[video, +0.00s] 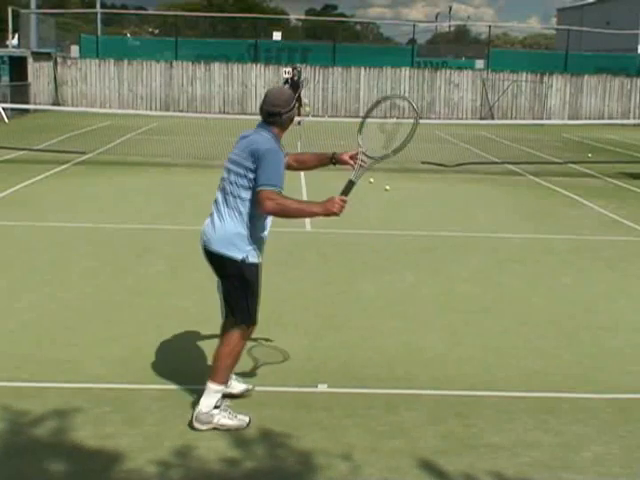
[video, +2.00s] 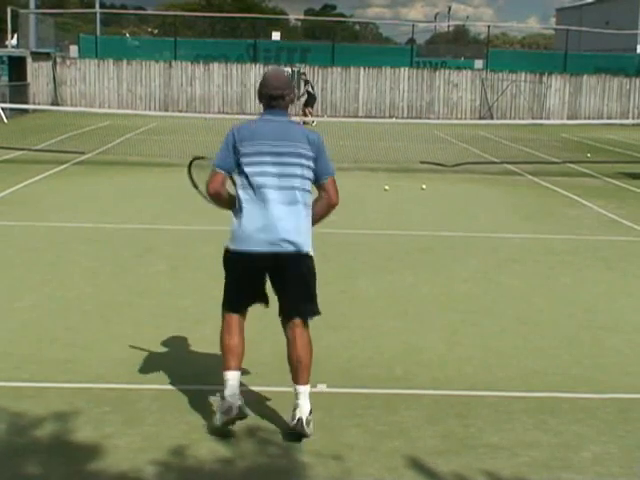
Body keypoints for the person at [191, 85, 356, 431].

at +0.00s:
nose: (298, 115)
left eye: (296, 109)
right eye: (297, 110)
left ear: (264, 112)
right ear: (291, 116)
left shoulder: (251, 139)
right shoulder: (269, 149)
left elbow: (291, 161)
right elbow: (268, 203)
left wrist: (335, 158)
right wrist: (321, 207)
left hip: (218, 239)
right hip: (237, 248)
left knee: (236, 317)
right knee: (242, 325)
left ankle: (221, 377)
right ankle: (207, 407)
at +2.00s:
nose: (286, 100)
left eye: (269, 94)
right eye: (289, 95)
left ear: (259, 98)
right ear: (291, 99)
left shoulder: (239, 134)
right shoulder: (310, 138)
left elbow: (215, 188)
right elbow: (330, 198)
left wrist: (239, 205)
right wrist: (300, 223)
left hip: (247, 245)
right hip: (293, 246)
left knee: (234, 313)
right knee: (296, 321)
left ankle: (231, 396)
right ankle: (302, 410)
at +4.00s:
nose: (211, 98)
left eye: (212, 94)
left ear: (214, 101)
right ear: (245, 99)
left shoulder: (199, 141)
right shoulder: (260, 129)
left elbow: (179, 203)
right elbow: (238, 126)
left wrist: (169, 227)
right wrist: (218, 111)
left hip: (211, 246)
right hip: (256, 242)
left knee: (204, 317)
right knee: (262, 322)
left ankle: (197, 396)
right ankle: (266, 403)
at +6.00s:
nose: (247, 120)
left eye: (245, 115)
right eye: (247, 115)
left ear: (216, 112)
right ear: (244, 118)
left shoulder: (195, 139)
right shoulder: (232, 151)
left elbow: (213, 185)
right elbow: (230, 206)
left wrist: (258, 191)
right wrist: (256, 229)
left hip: (164, 233)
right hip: (198, 240)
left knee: (170, 300)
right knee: (232, 304)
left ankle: (142, 366)